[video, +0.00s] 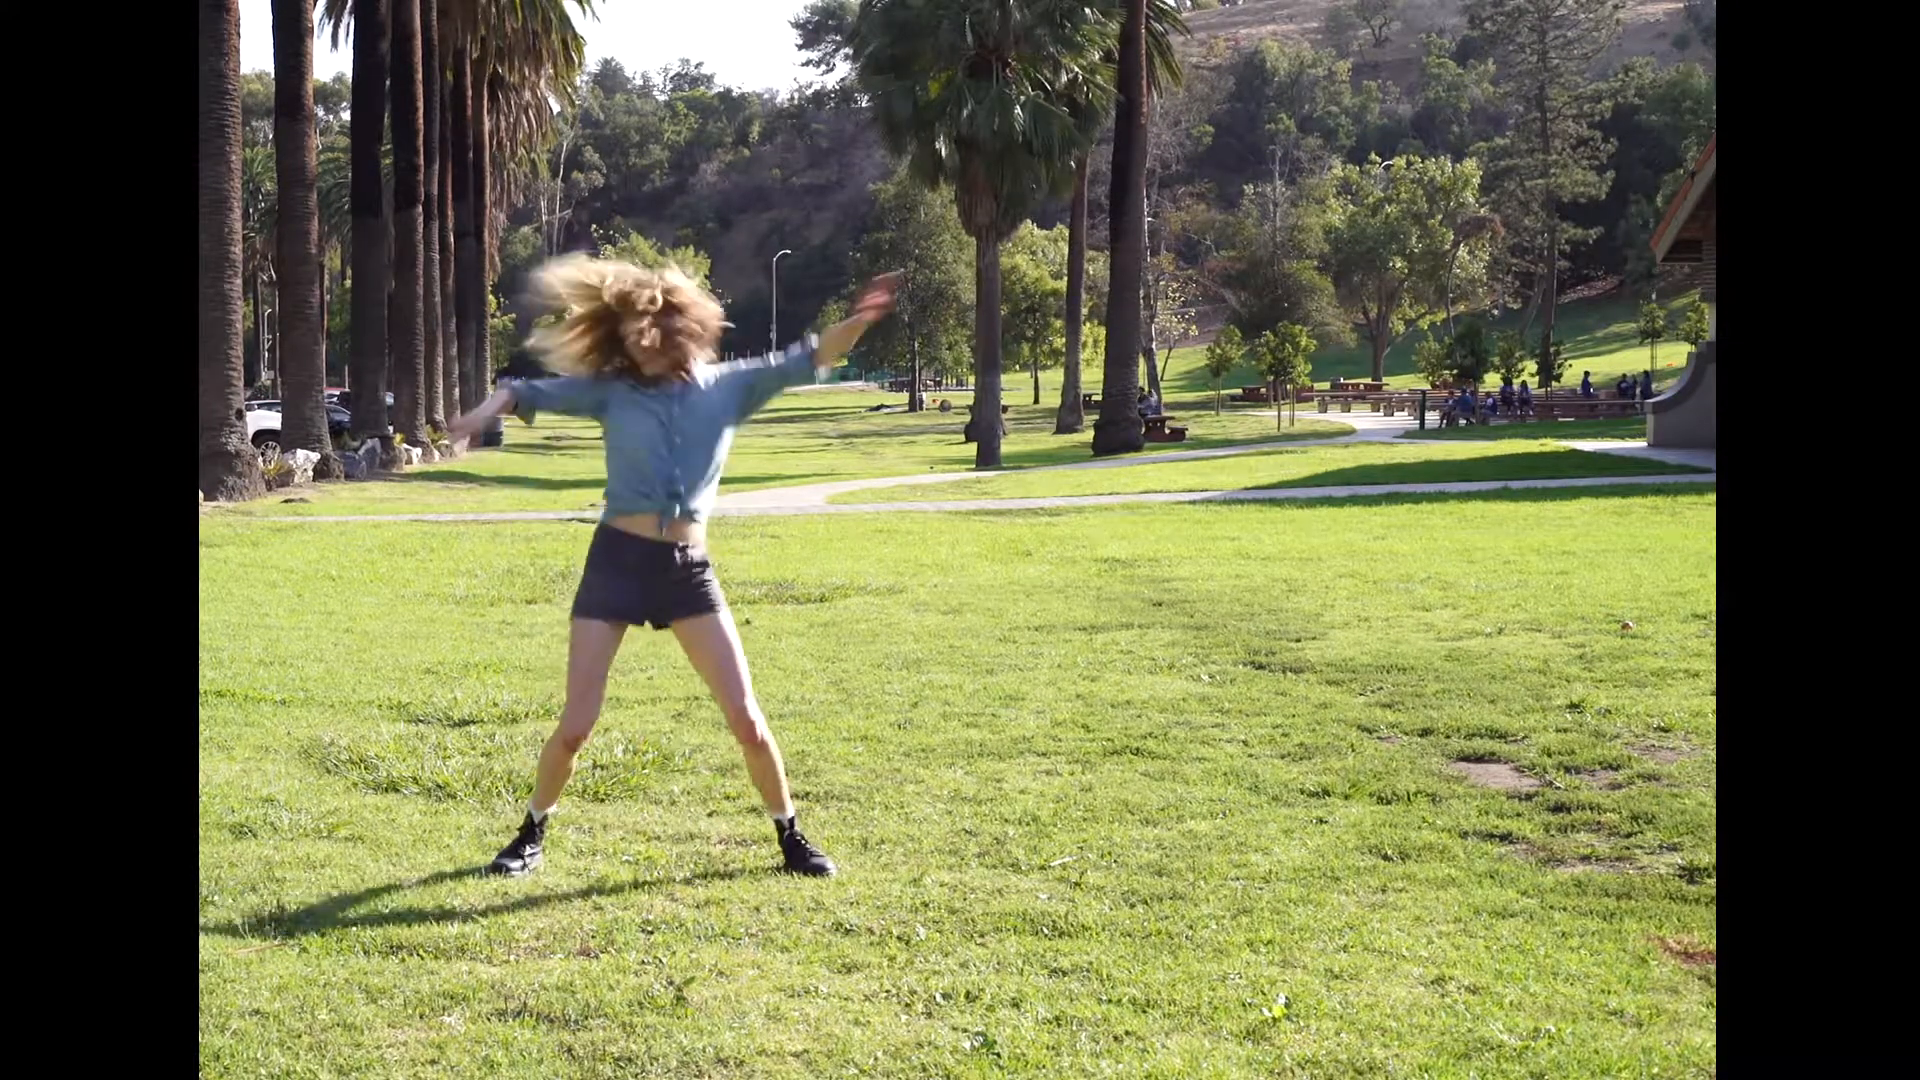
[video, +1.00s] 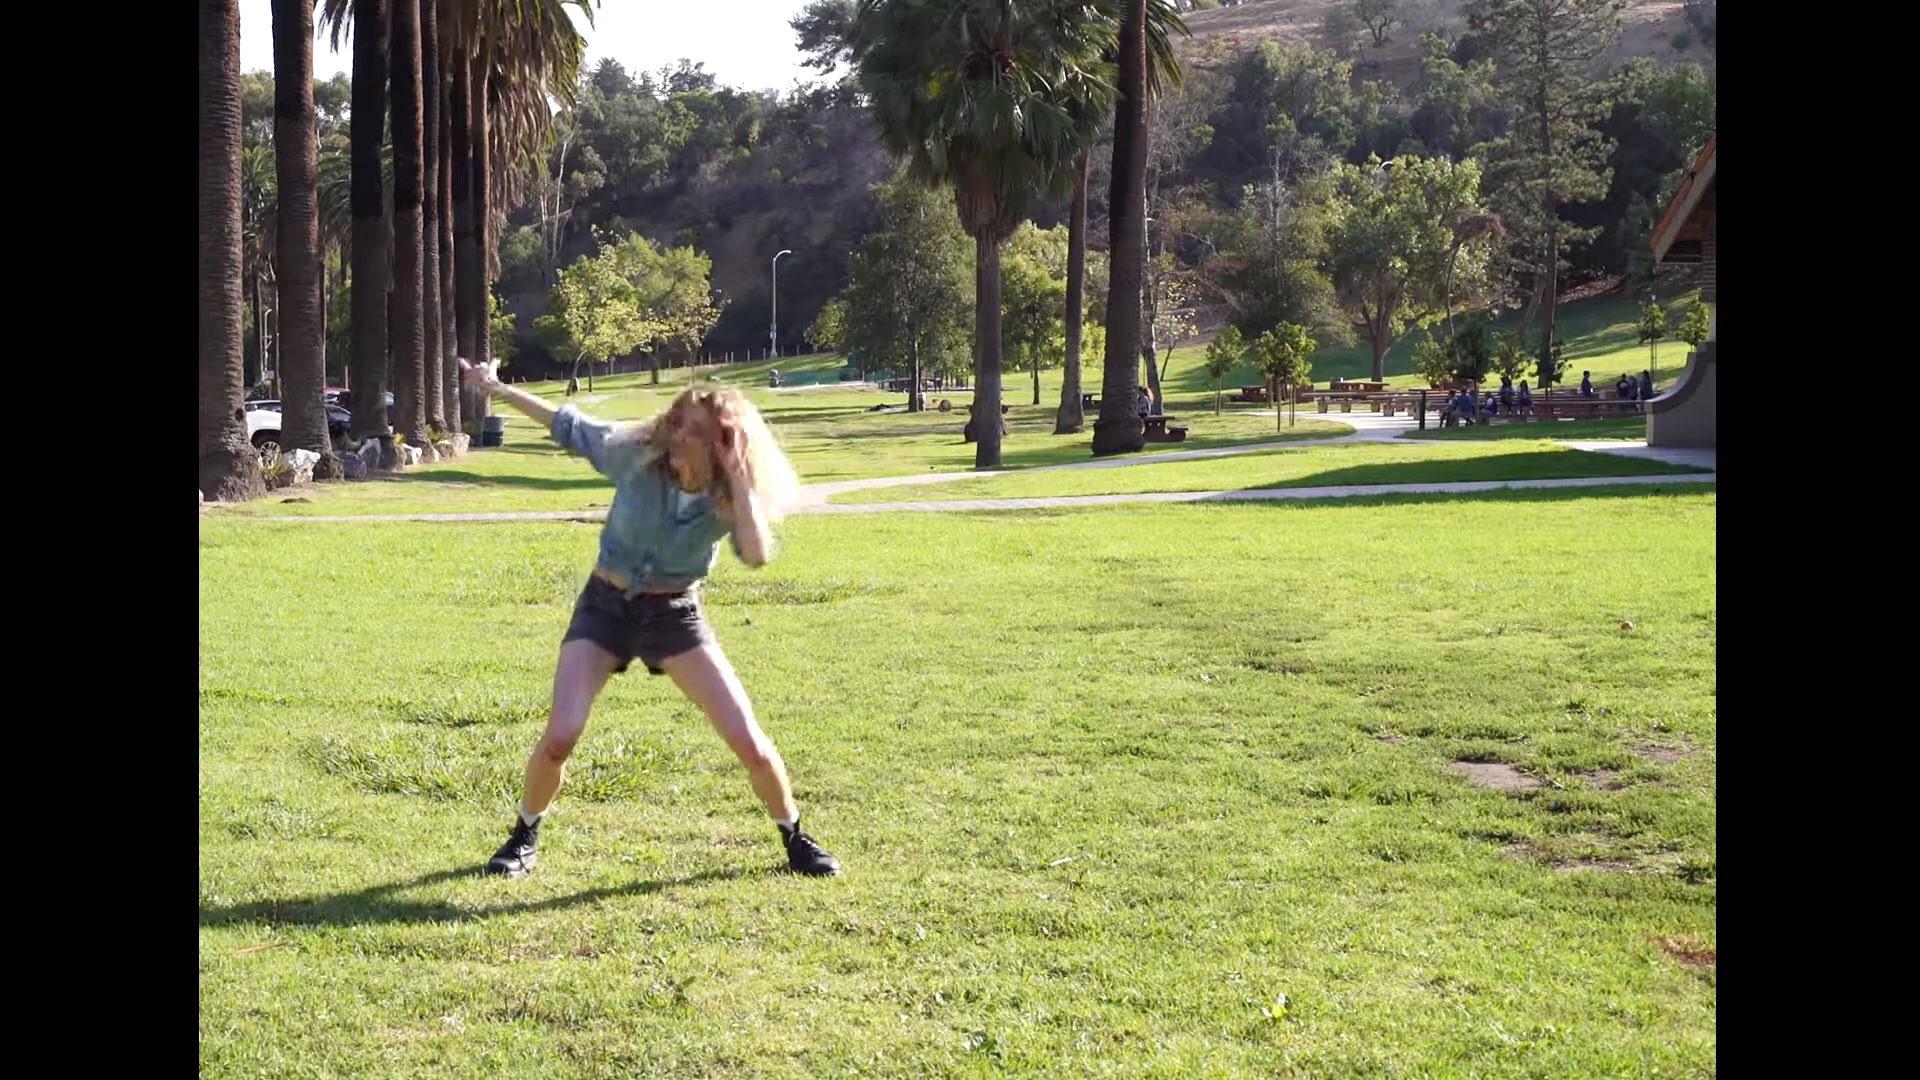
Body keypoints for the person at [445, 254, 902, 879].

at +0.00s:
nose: (645, 336)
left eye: (655, 323)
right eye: (633, 328)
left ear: (679, 327)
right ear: (622, 337)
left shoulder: (722, 386)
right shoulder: (610, 392)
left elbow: (808, 359)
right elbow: (523, 391)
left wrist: (858, 320)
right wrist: (480, 414)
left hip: (686, 566)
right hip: (615, 560)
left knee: (748, 723)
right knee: (576, 724)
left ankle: (792, 839)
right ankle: (531, 834)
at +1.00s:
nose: (682, 438)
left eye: (696, 433)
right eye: (679, 426)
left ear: (721, 445)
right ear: (669, 425)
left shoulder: (727, 495)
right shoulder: (635, 453)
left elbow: (755, 555)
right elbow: (563, 424)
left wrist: (740, 479)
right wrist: (494, 387)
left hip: (675, 612)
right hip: (605, 603)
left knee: (753, 746)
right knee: (561, 734)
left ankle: (797, 839)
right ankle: (524, 836)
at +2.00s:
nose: (666, 413)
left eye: (679, 401)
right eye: (660, 403)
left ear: (713, 406)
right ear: (654, 409)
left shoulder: (750, 468)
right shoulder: (653, 466)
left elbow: (739, 562)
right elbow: (680, 567)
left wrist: (649, 585)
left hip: (723, 593)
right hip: (657, 601)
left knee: (801, 719)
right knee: (629, 756)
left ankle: (812, 835)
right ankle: (540, 832)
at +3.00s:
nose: (718, 391)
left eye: (729, 378)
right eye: (706, 379)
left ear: (760, 373)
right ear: (692, 377)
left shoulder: (792, 426)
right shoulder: (681, 425)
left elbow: (851, 483)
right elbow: (624, 492)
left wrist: (918, 504)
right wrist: (578, 561)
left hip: (763, 566)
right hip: (690, 567)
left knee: (827, 725)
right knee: (638, 730)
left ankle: (852, 833)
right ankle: (617, 835)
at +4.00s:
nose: (802, 288)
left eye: (816, 273)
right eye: (791, 275)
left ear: (843, 276)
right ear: (775, 275)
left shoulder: (857, 339)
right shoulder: (746, 323)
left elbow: (793, 343)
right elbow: (706, 399)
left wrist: (759, 254)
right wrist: (661, 465)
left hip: (809, 520)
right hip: (737, 510)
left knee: (801, 698)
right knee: (743, 665)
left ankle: (776, 816)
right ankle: (757, 823)